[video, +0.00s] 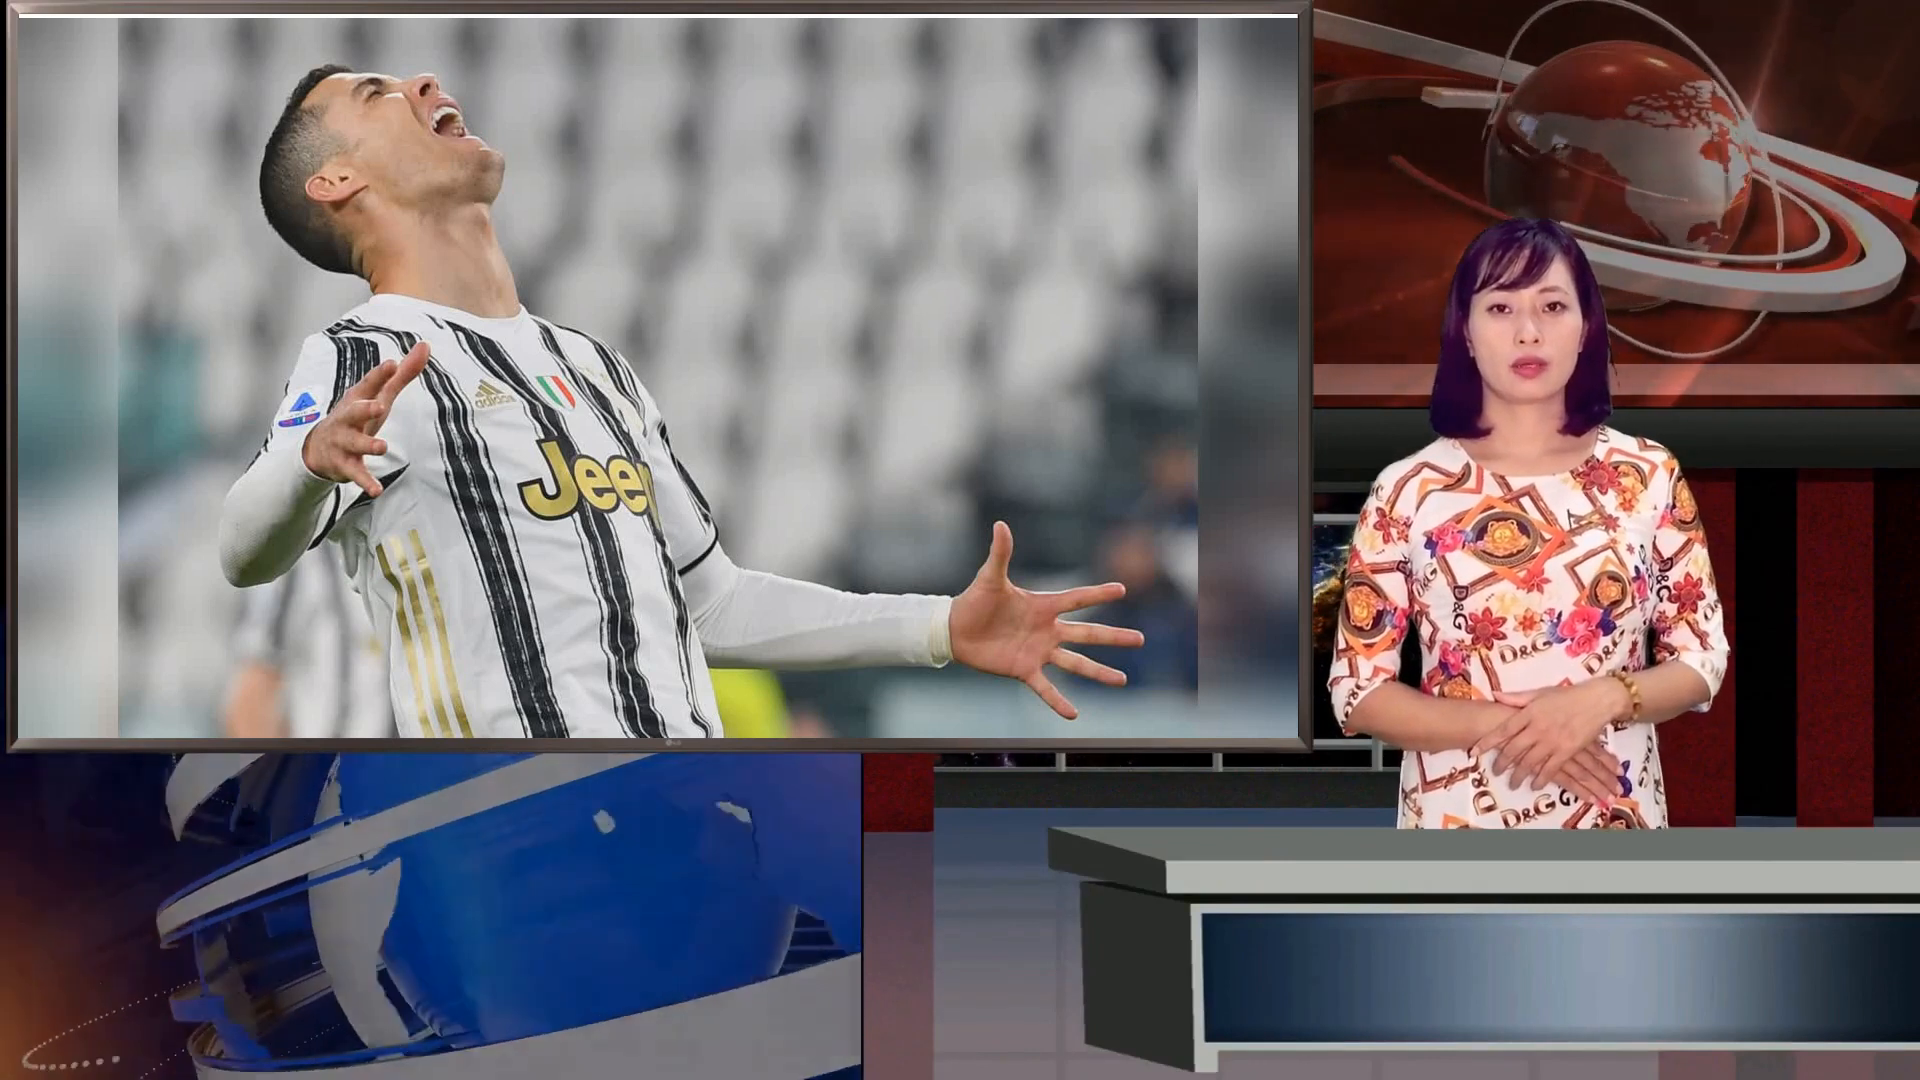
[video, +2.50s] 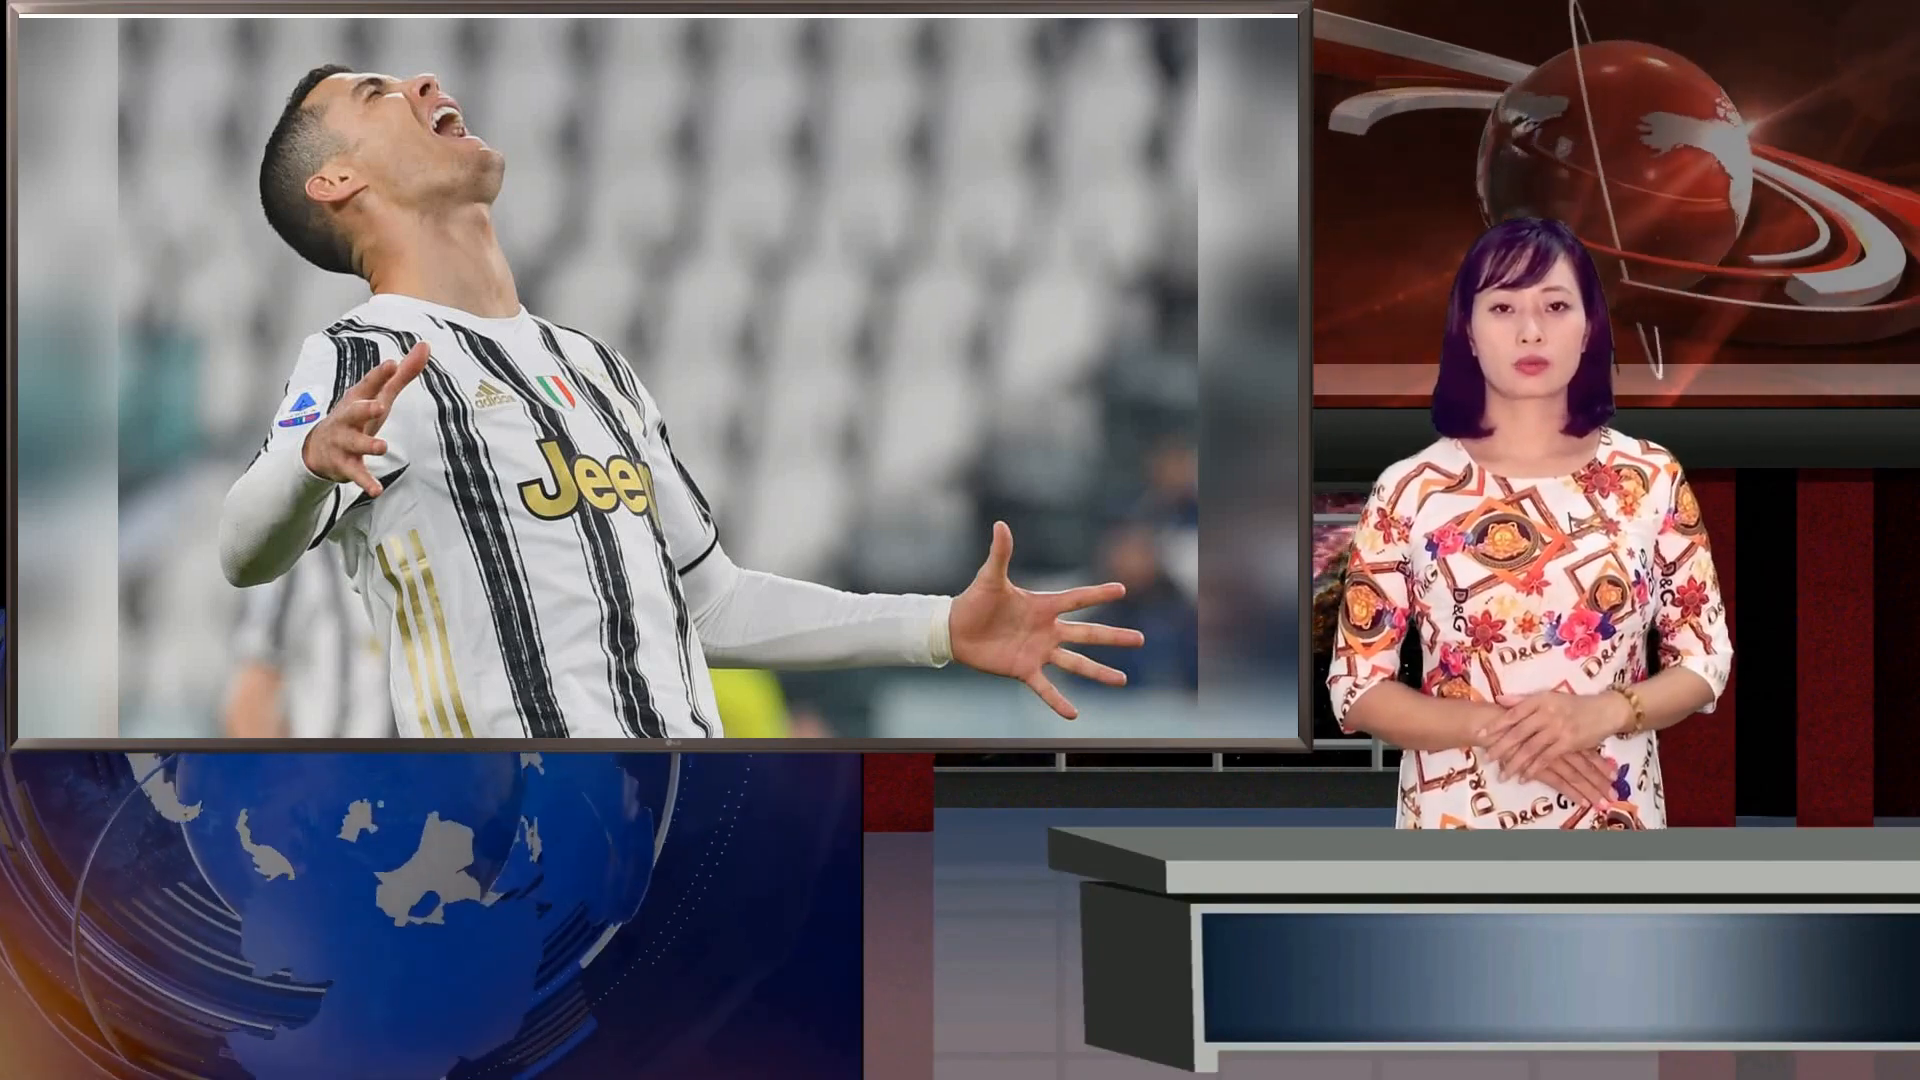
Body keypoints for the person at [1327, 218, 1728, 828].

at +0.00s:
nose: (1528, 331)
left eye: (1553, 307)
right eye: (1501, 309)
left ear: (1586, 326)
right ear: (1464, 329)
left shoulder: (1646, 477)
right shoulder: (1406, 491)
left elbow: (1702, 659)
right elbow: (1357, 691)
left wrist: (1602, 699)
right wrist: (1516, 729)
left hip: (1614, 831)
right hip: (1457, 830)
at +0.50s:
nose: (1530, 330)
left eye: (1555, 306)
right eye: (1502, 308)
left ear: (1588, 327)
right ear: (1467, 330)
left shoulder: (1647, 478)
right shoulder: (1407, 491)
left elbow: (1701, 660)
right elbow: (1357, 689)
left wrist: (1602, 700)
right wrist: (1513, 729)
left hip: (1613, 831)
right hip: (1457, 830)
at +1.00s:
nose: (1531, 329)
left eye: (1555, 305)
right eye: (1502, 307)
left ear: (1588, 326)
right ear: (1466, 328)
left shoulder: (1647, 479)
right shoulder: (1406, 492)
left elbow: (1704, 668)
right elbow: (1355, 689)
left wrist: (1652, 682)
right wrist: (1498, 724)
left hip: (1613, 833)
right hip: (1456, 832)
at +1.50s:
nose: (1531, 329)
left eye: (1556, 306)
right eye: (1503, 308)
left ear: (1588, 326)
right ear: (1467, 329)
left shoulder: (1647, 479)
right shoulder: (1407, 491)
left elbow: (1707, 660)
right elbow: (1355, 689)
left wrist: (1608, 700)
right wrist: (1492, 722)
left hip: (1613, 830)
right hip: (1457, 829)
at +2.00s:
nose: (1529, 330)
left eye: (1554, 307)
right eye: (1502, 309)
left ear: (1588, 326)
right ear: (1466, 330)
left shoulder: (1648, 478)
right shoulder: (1408, 490)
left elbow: (1704, 657)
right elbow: (1355, 688)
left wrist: (1602, 711)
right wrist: (1502, 728)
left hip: (1611, 829)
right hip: (1456, 829)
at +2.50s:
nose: (1530, 330)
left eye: (1555, 306)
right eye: (1503, 308)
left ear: (1590, 326)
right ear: (1467, 329)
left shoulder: (1649, 478)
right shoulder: (1408, 491)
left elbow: (1705, 661)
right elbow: (1356, 688)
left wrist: (1602, 713)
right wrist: (1499, 729)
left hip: (1613, 830)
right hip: (1457, 830)